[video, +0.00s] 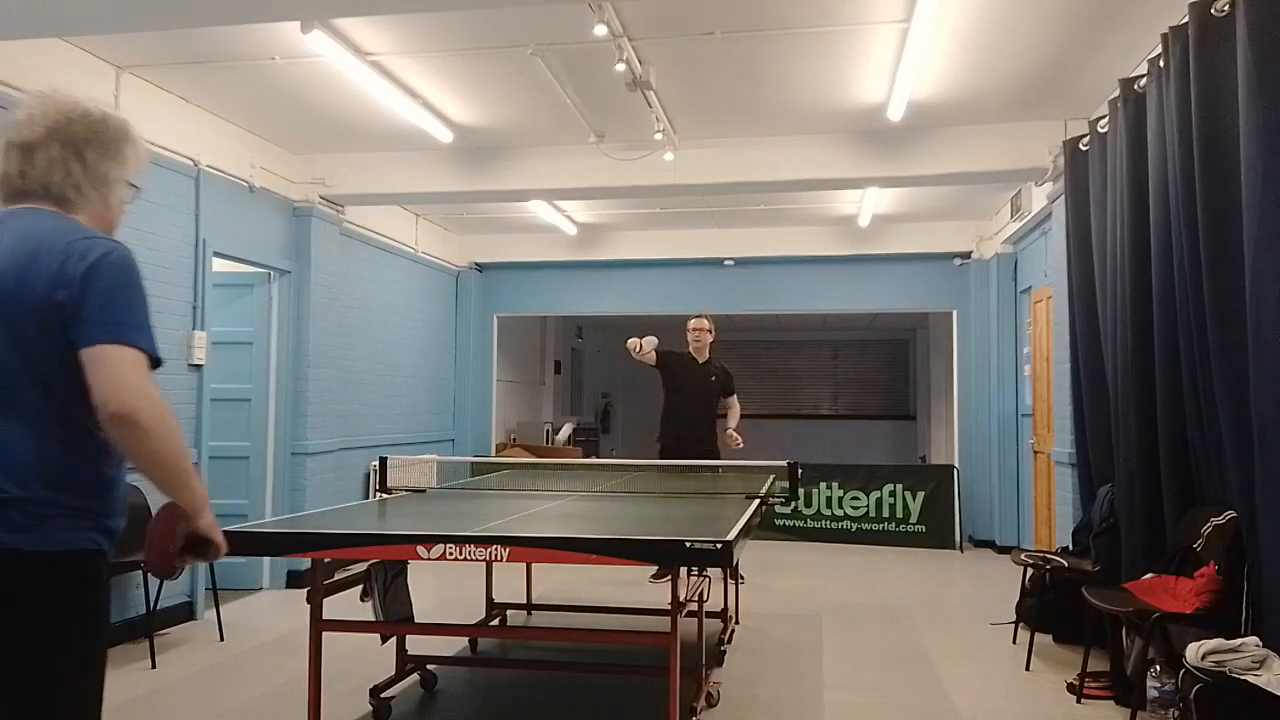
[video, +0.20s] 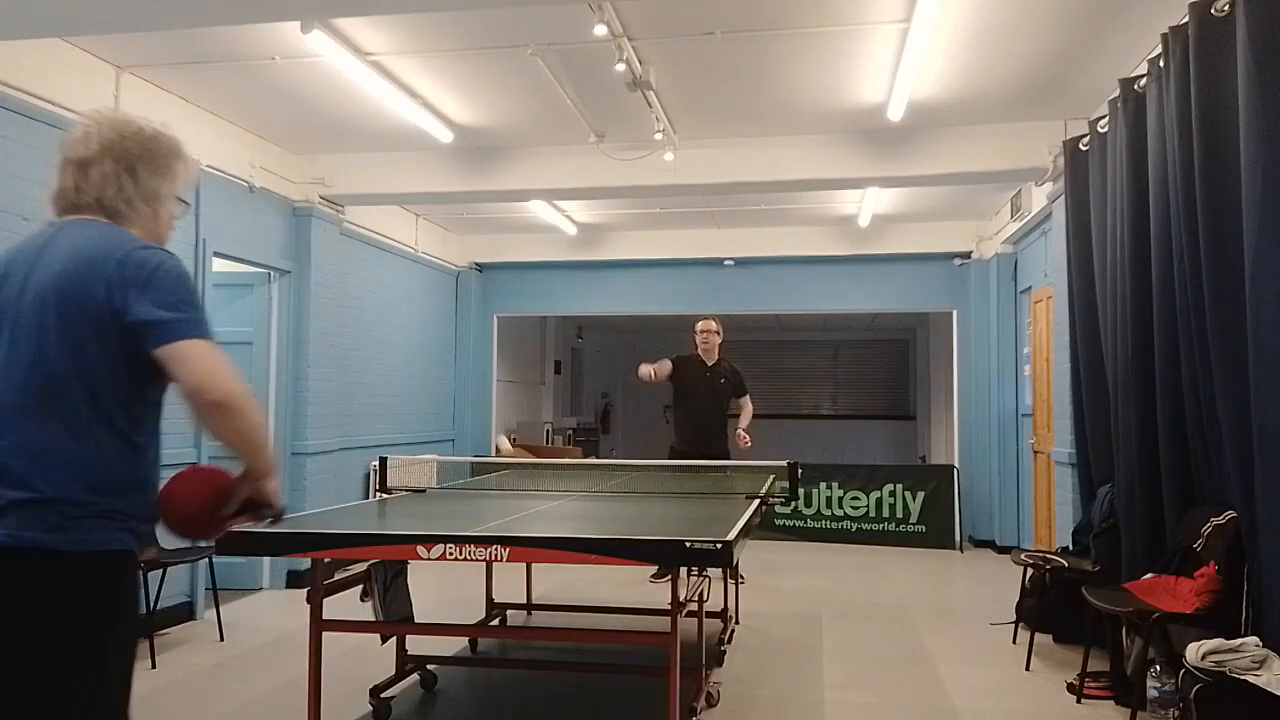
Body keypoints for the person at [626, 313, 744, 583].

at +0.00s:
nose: (698, 334)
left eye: (703, 331)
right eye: (694, 330)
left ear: (712, 336)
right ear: (687, 334)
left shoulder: (720, 371)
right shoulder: (670, 359)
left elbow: (733, 404)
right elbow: (641, 353)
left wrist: (729, 428)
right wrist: (638, 343)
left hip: (705, 450)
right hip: (672, 448)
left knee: (712, 506)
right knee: (668, 506)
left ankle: (727, 560)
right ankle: (668, 560)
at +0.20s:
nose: (705, 336)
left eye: (710, 332)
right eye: (701, 332)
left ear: (720, 337)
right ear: (695, 337)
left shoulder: (730, 372)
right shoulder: (681, 363)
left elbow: (746, 406)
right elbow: (658, 369)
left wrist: (741, 428)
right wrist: (647, 370)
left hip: (716, 453)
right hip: (683, 451)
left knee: (722, 508)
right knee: (672, 506)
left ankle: (729, 561)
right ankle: (668, 560)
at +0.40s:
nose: (704, 340)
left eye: (710, 336)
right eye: (700, 336)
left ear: (719, 339)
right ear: (694, 339)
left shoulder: (731, 372)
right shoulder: (683, 367)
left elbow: (748, 406)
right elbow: (651, 391)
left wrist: (740, 428)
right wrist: (655, 408)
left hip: (720, 454)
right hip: (687, 452)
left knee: (725, 509)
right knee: (679, 508)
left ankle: (730, 562)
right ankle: (677, 562)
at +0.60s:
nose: (694, 344)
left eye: (700, 339)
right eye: (690, 340)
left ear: (709, 343)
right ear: (685, 343)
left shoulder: (723, 372)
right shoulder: (675, 372)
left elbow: (741, 406)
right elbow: (653, 404)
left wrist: (733, 431)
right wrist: (660, 429)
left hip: (717, 455)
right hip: (683, 455)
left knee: (725, 508)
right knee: (677, 509)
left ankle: (734, 560)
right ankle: (678, 562)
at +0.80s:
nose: (692, 350)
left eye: (696, 345)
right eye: (687, 346)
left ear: (707, 347)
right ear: (680, 349)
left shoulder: (723, 376)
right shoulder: (672, 377)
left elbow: (742, 409)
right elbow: (654, 412)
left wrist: (730, 435)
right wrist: (665, 436)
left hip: (717, 460)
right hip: (683, 460)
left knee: (733, 511)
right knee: (678, 510)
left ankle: (748, 570)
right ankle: (677, 563)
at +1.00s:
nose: (691, 366)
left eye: (696, 361)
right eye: (686, 362)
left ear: (707, 360)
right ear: (681, 363)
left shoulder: (726, 388)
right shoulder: (676, 388)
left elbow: (748, 423)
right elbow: (656, 423)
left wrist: (733, 449)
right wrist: (669, 456)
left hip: (721, 465)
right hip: (687, 464)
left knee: (735, 515)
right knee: (675, 510)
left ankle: (748, 573)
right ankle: (677, 562)